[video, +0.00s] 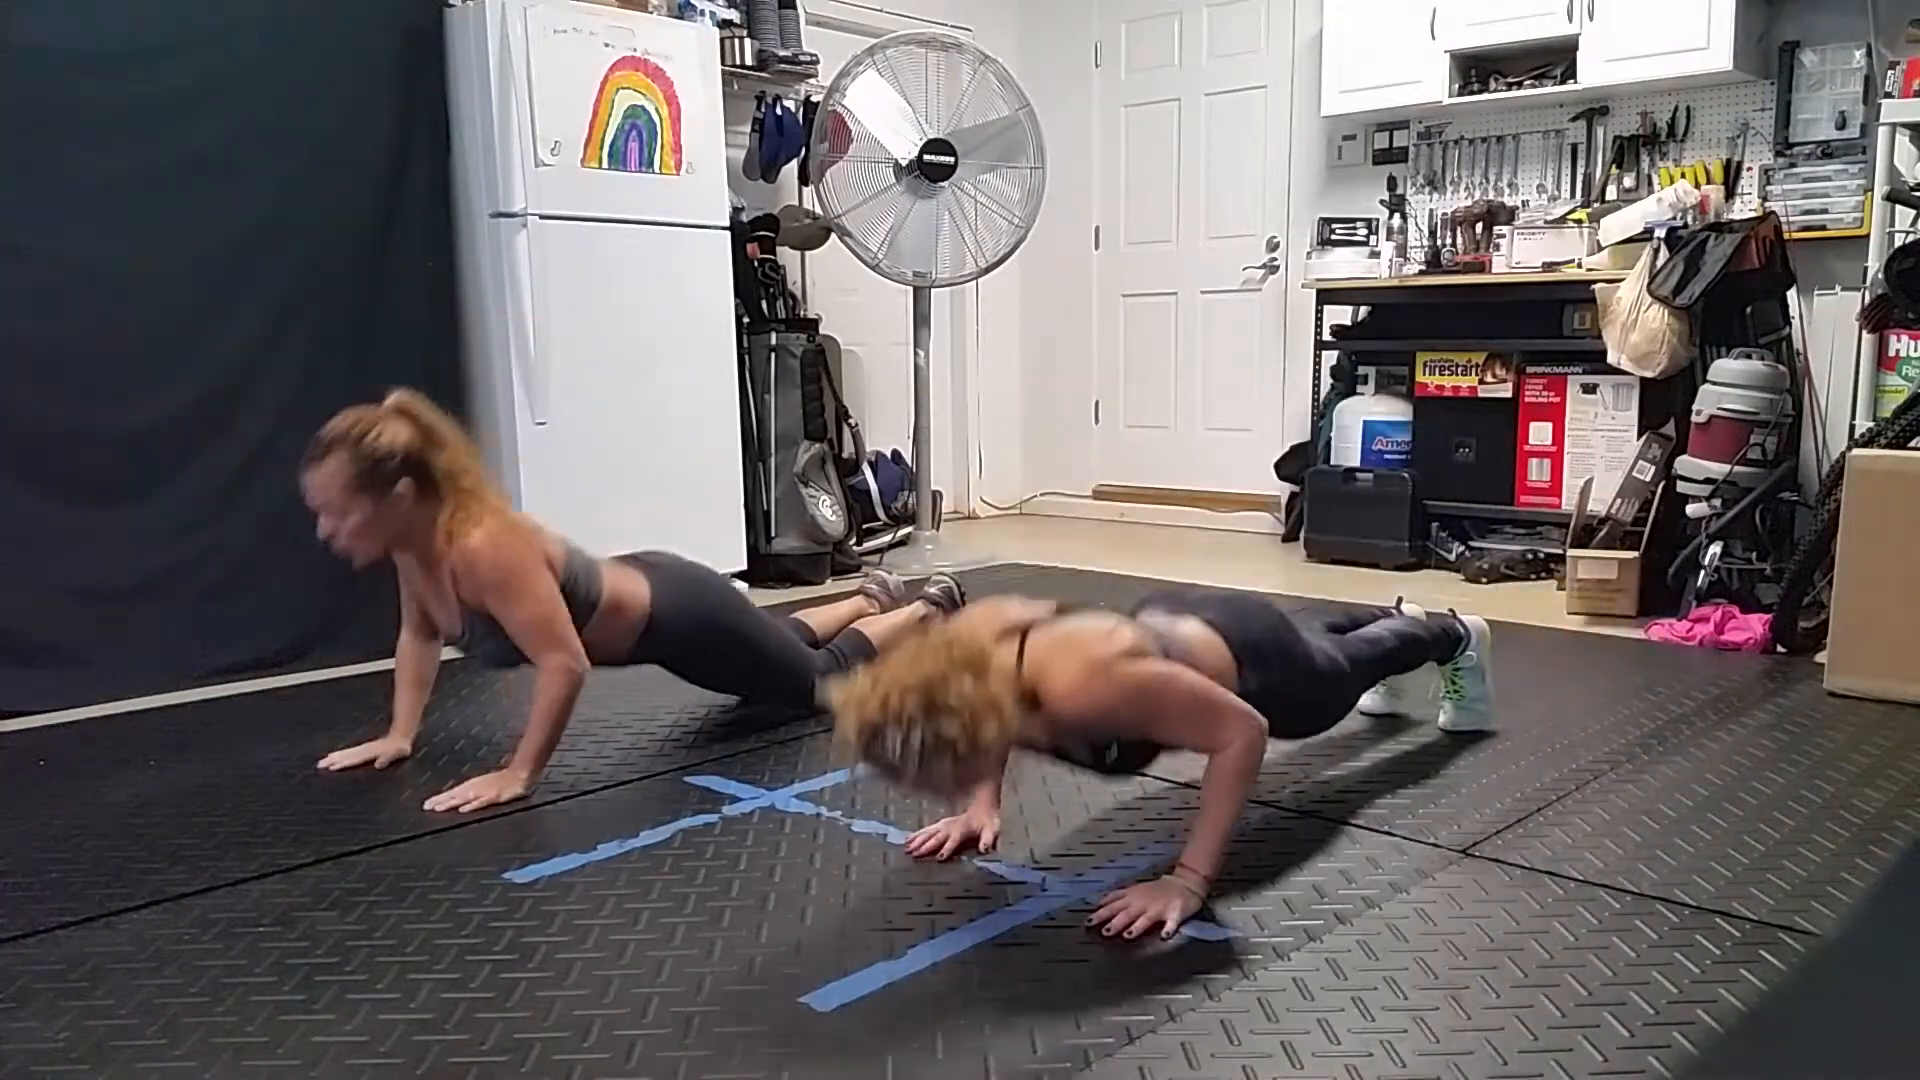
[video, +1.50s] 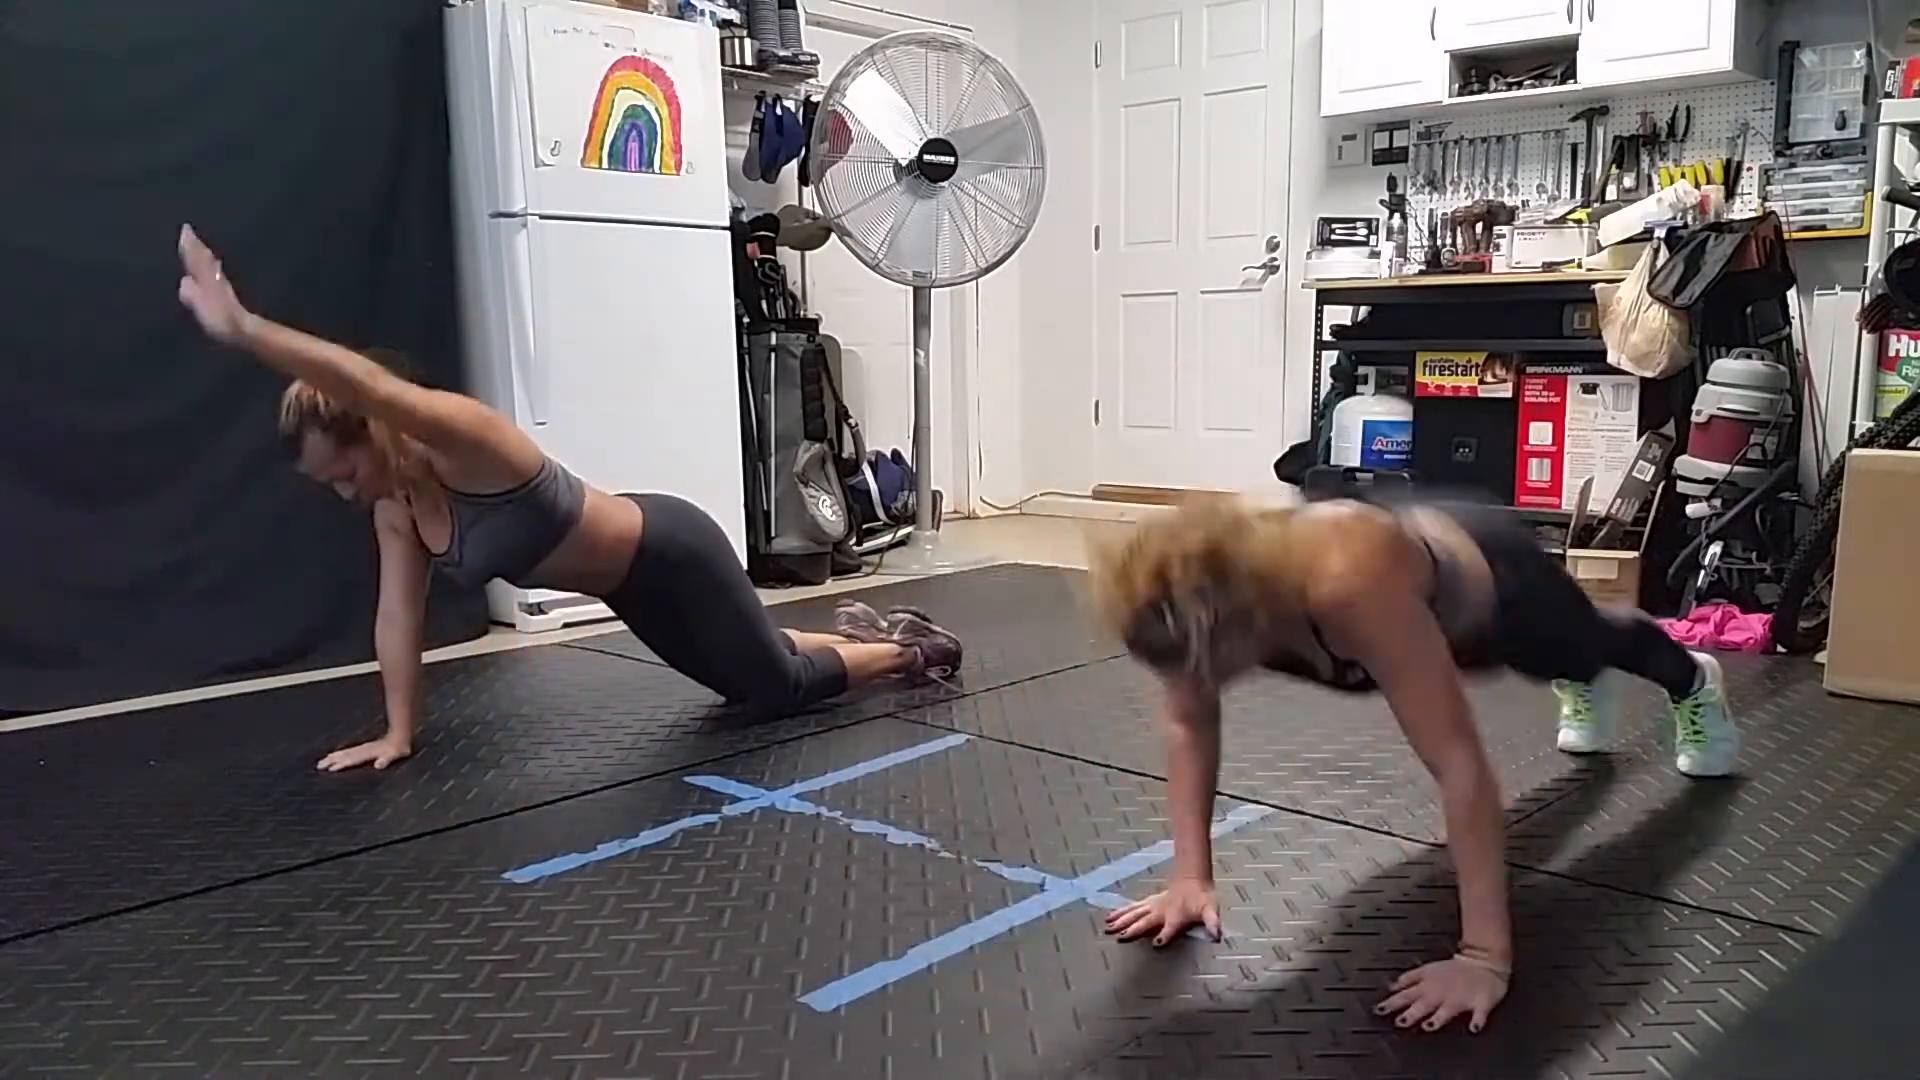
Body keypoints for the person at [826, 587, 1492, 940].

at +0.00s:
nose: (939, 791)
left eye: (939, 778)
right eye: (921, 785)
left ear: (964, 737)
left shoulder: (1087, 683)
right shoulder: (958, 637)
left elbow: (1243, 732)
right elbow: (976, 709)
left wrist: (1187, 880)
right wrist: (980, 801)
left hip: (1253, 656)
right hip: (1176, 616)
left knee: (1362, 651)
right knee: (1301, 622)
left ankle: (1451, 631)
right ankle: (1388, 617)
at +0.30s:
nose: (943, 902)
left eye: (944, 887)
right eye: (927, 894)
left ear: (973, 839)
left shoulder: (1081, 782)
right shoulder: (947, 722)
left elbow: (1243, 731)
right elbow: (987, 659)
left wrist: (1187, 881)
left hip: (1248, 689)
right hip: (1168, 658)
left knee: (1353, 671)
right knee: (1283, 632)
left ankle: (1437, 631)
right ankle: (1387, 617)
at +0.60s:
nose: (930, 738)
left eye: (929, 723)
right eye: (918, 729)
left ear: (963, 691)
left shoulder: (1085, 670)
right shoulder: (971, 649)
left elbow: (1245, 733)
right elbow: (977, 712)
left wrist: (1189, 880)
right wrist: (979, 803)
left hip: (1259, 650)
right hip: (1180, 617)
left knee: (1365, 655)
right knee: (1304, 622)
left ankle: (1443, 630)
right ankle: (1385, 615)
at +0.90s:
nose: (995, 629)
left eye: (1005, 611)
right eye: (985, 613)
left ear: (1041, 575)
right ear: (983, 584)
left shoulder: (1145, 564)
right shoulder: (1004, 575)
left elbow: (1245, 728)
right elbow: (990, 681)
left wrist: (1190, 876)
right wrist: (980, 804)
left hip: (1279, 638)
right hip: (1197, 652)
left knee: (1360, 731)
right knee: (1306, 640)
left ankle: (1436, 632)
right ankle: (1380, 616)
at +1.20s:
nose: (1087, 559)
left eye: (1097, 540)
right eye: (1075, 547)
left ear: (1140, 493)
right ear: (1061, 520)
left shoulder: (1233, 503)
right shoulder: (1087, 510)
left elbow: (1224, 723)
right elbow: (1056, 646)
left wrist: (1185, 874)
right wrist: (1012, 785)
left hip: (1390, 460)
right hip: (1306, 473)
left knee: (1457, 564)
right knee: (1391, 574)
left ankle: (1507, 629)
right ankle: (1435, 625)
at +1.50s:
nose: (1199, 684)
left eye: (1205, 664)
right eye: (1182, 673)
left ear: (1235, 617)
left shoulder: (1348, 576)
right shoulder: (1193, 603)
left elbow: (1461, 768)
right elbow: (1189, 724)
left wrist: (1483, 954)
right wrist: (1189, 877)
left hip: (1499, 570)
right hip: (1416, 581)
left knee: (1599, 640)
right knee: (1515, 649)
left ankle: (1694, 679)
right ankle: (1578, 678)